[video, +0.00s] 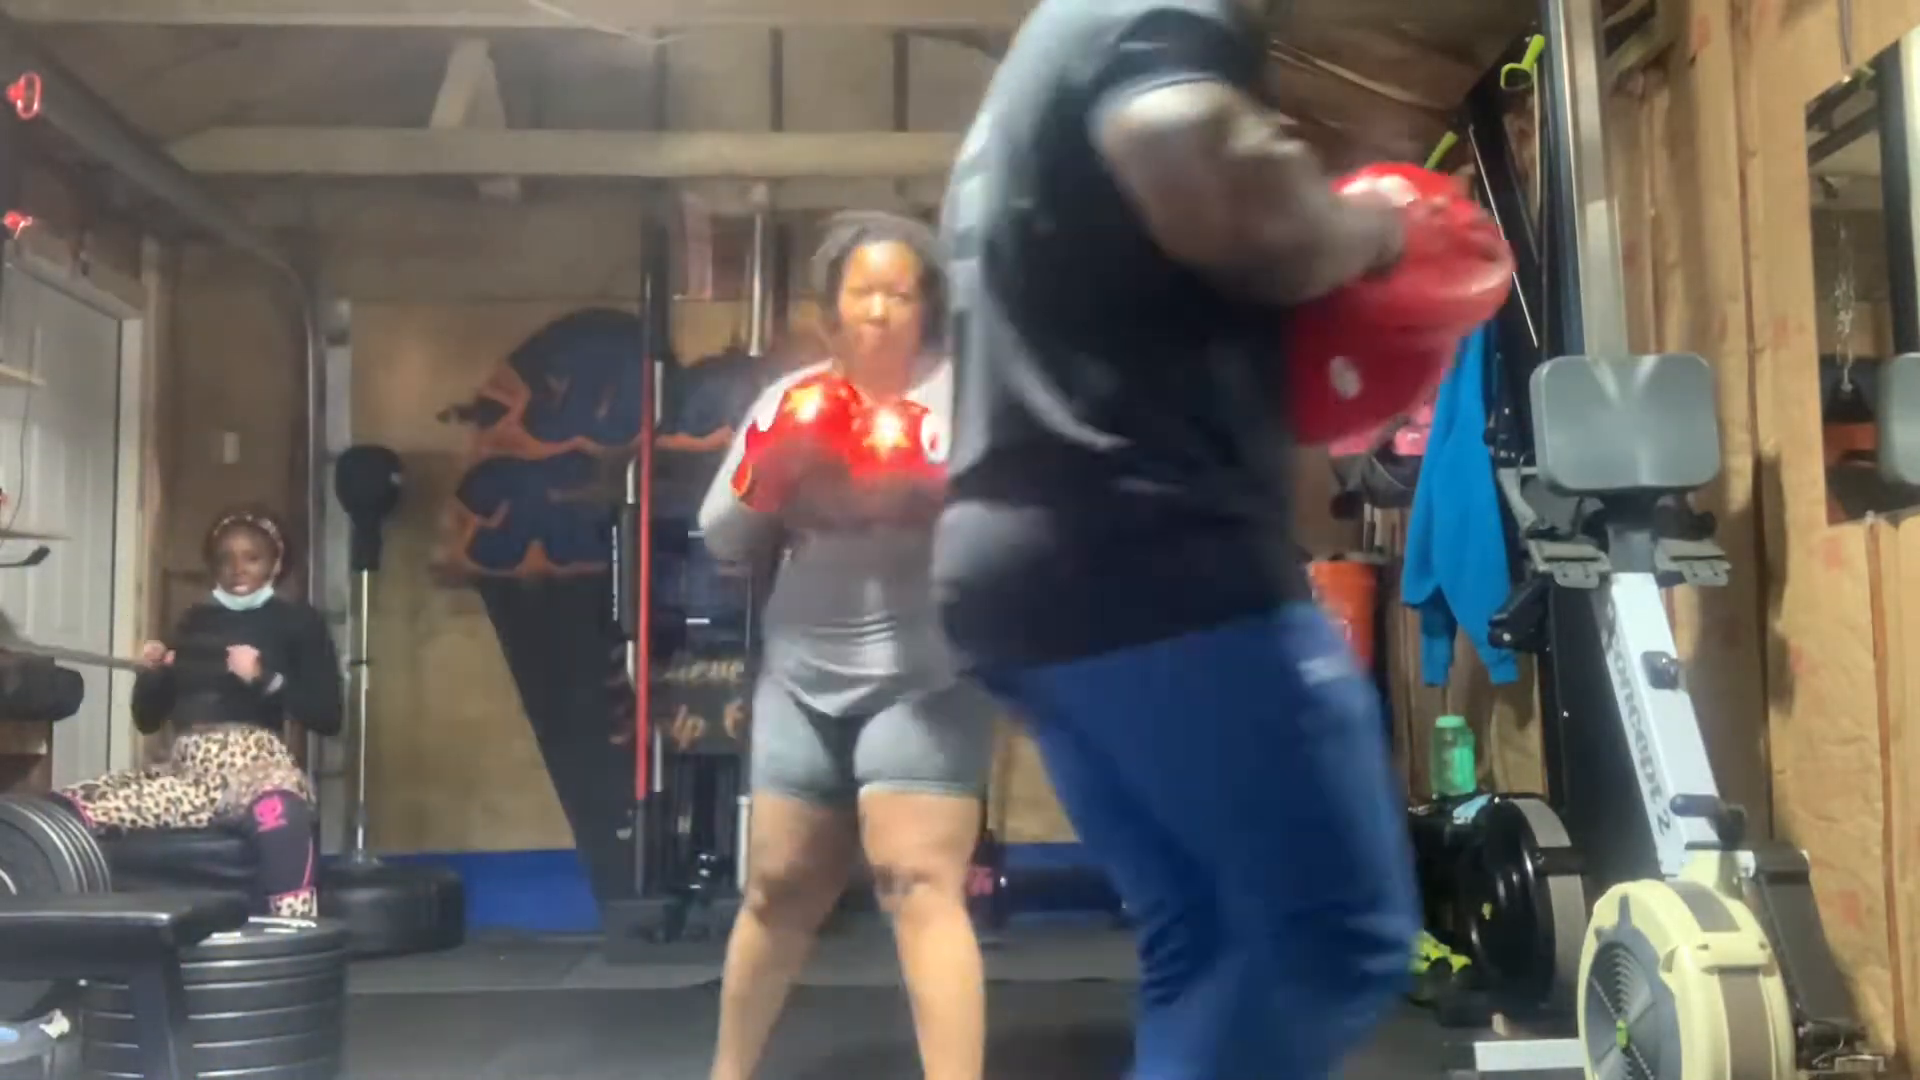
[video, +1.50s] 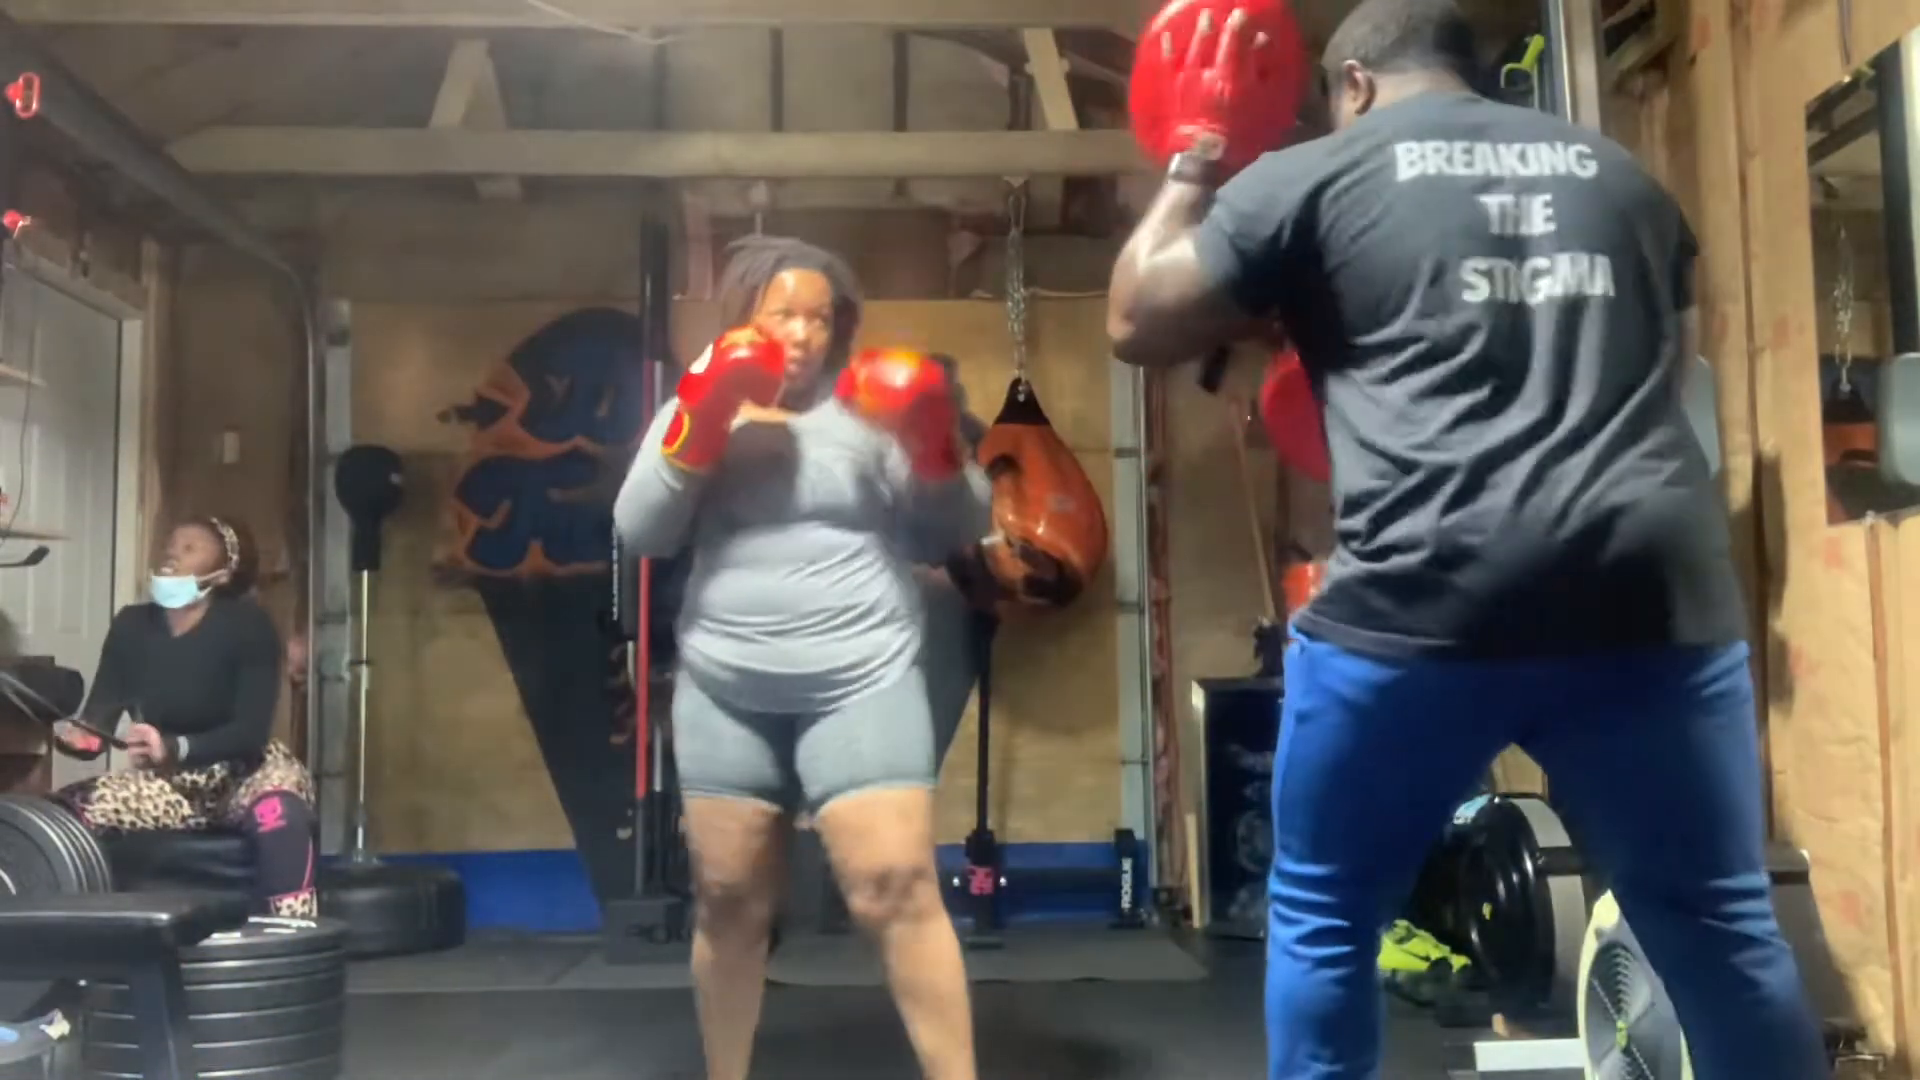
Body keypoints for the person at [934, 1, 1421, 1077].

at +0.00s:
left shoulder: (1051, 48)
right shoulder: (1155, 16)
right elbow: (1221, 205)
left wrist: (1320, 352)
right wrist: (1370, 223)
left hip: (1027, 555)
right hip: (1154, 553)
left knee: (1194, 942)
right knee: (1337, 936)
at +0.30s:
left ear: (1264, 1)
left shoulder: (1139, 122)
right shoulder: (1504, 50)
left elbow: (1074, 369)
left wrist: (1248, 370)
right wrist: (1495, 289)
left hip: (1227, 564)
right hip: (1455, 555)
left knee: (1310, 939)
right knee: (1587, 931)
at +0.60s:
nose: (1298, 27)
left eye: (1300, 18)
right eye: (1301, 21)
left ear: (1337, 4)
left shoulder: (1285, 92)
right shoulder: (1650, 103)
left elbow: (1189, 319)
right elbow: (1708, 348)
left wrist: (1264, 376)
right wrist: (1555, 323)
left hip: (1366, 576)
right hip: (1607, 570)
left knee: (1313, 904)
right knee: (1634, 939)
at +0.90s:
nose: (1237, 123)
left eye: (1235, 107)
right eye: (1231, 108)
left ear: (1274, 68)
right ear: (1376, 43)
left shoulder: (1252, 165)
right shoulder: (1562, 133)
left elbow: (1169, 403)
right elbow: (1632, 354)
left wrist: (1136, 349)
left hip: (1393, 566)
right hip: (1615, 553)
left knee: (1321, 934)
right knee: (1642, 909)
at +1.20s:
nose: (1287, 125)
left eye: (1283, 111)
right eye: (1282, 112)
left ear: (1318, 81)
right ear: (1428, 55)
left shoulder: (1292, 173)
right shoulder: (1597, 151)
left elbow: (1146, 362)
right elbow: (1647, 335)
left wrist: (1138, 235)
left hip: (1423, 575)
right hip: (1652, 561)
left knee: (1337, 925)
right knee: (1715, 914)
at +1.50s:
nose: (1336, 114)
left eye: (1333, 100)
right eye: (1336, 103)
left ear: (1357, 86)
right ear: (1480, 71)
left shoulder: (1315, 177)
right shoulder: (1620, 170)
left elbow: (1135, 314)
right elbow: (1668, 342)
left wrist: (1183, 185)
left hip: (1422, 582)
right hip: (1656, 573)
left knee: (1322, 913)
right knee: (1722, 916)